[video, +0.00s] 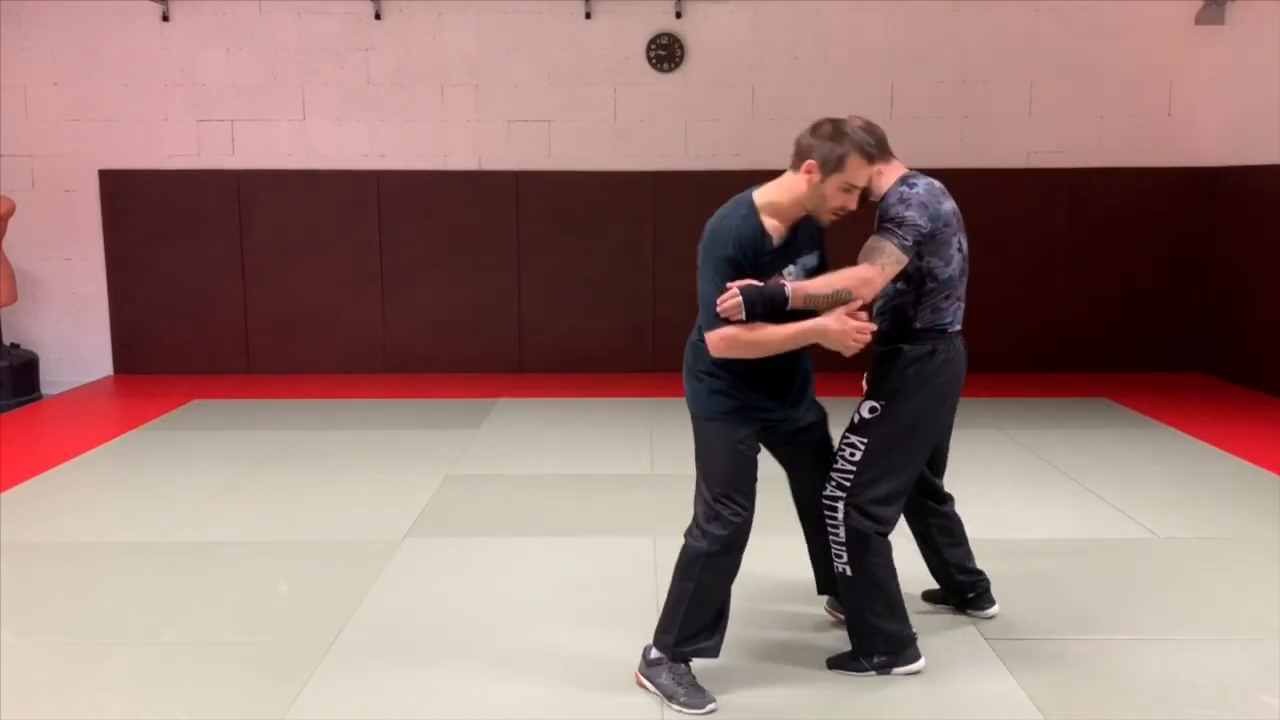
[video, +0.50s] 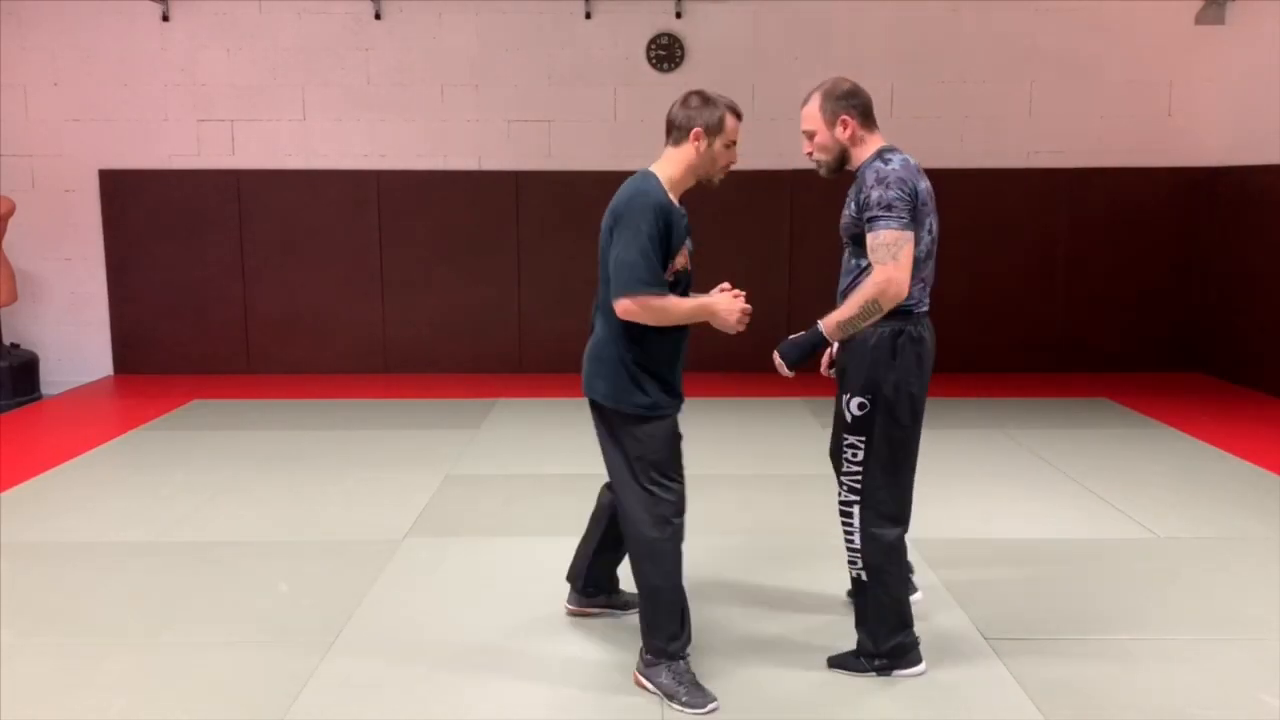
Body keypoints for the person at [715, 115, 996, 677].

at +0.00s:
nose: (845, 192)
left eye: (843, 179)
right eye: (838, 180)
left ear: (857, 163)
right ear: (885, 149)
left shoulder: (911, 202)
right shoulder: (920, 193)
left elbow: (865, 281)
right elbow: (881, 286)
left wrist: (771, 296)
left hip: (915, 366)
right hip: (933, 361)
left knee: (847, 500)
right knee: (920, 484)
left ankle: (886, 646)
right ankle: (967, 587)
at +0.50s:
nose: (807, 146)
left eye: (812, 133)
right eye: (806, 134)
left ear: (848, 126)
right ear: (850, 127)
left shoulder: (884, 179)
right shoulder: (879, 174)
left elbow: (890, 281)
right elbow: (883, 278)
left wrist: (810, 336)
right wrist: (840, 338)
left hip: (886, 346)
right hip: (882, 343)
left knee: (865, 491)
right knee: (868, 481)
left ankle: (888, 645)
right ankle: (888, 584)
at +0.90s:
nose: (790, 148)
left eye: (796, 135)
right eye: (788, 136)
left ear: (833, 129)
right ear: (830, 131)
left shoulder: (878, 178)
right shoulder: (847, 182)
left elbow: (892, 280)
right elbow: (842, 281)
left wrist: (814, 339)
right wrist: (806, 345)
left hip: (866, 343)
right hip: (849, 341)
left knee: (817, 479)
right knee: (856, 478)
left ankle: (852, 630)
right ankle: (869, 599)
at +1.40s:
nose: (748, 148)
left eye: (752, 135)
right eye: (746, 136)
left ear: (786, 128)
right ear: (795, 128)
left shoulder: (812, 183)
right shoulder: (844, 173)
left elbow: (728, 264)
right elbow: (825, 271)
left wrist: (653, 232)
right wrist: (790, 332)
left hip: (815, 343)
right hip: (835, 338)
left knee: (797, 491)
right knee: (822, 471)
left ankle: (808, 642)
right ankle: (850, 573)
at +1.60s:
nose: (727, 151)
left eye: (730, 139)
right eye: (725, 139)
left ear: (761, 130)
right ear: (778, 129)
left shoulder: (772, 184)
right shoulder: (841, 177)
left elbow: (672, 246)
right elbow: (850, 277)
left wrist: (590, 241)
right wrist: (822, 330)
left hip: (796, 345)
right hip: (833, 338)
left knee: (787, 489)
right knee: (814, 476)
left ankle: (808, 644)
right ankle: (814, 577)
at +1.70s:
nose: (719, 153)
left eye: (722, 141)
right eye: (717, 142)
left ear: (754, 132)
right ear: (771, 131)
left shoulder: (764, 186)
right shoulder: (834, 180)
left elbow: (670, 250)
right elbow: (848, 274)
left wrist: (587, 242)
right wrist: (825, 333)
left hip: (793, 343)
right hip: (828, 339)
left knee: (783, 488)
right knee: (807, 475)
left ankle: (808, 643)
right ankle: (799, 576)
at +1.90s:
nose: (712, 155)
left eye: (719, 143)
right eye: (711, 143)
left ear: (752, 136)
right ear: (760, 137)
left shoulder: (776, 187)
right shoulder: (808, 178)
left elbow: (672, 245)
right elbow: (692, 242)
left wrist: (594, 221)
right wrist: (609, 229)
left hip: (791, 340)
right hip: (810, 337)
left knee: (755, 480)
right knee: (791, 478)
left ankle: (795, 632)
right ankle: (801, 601)